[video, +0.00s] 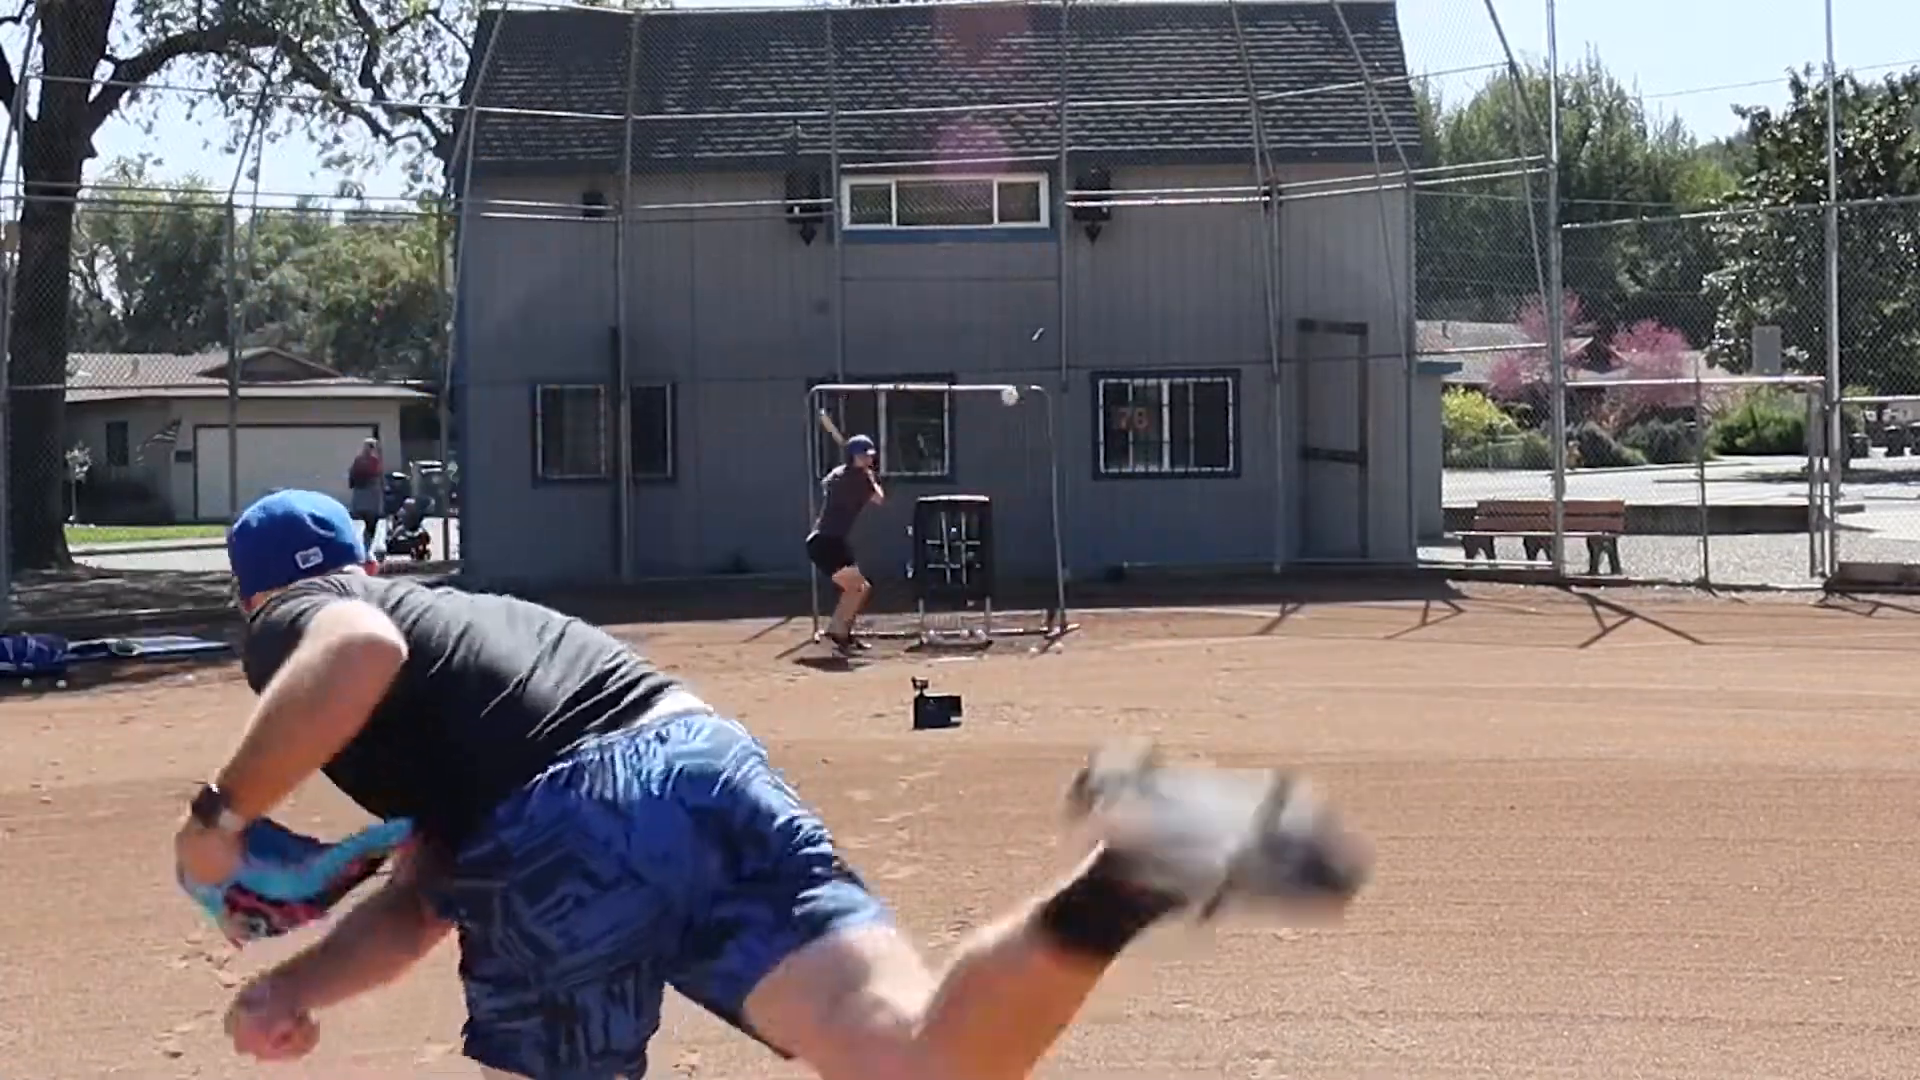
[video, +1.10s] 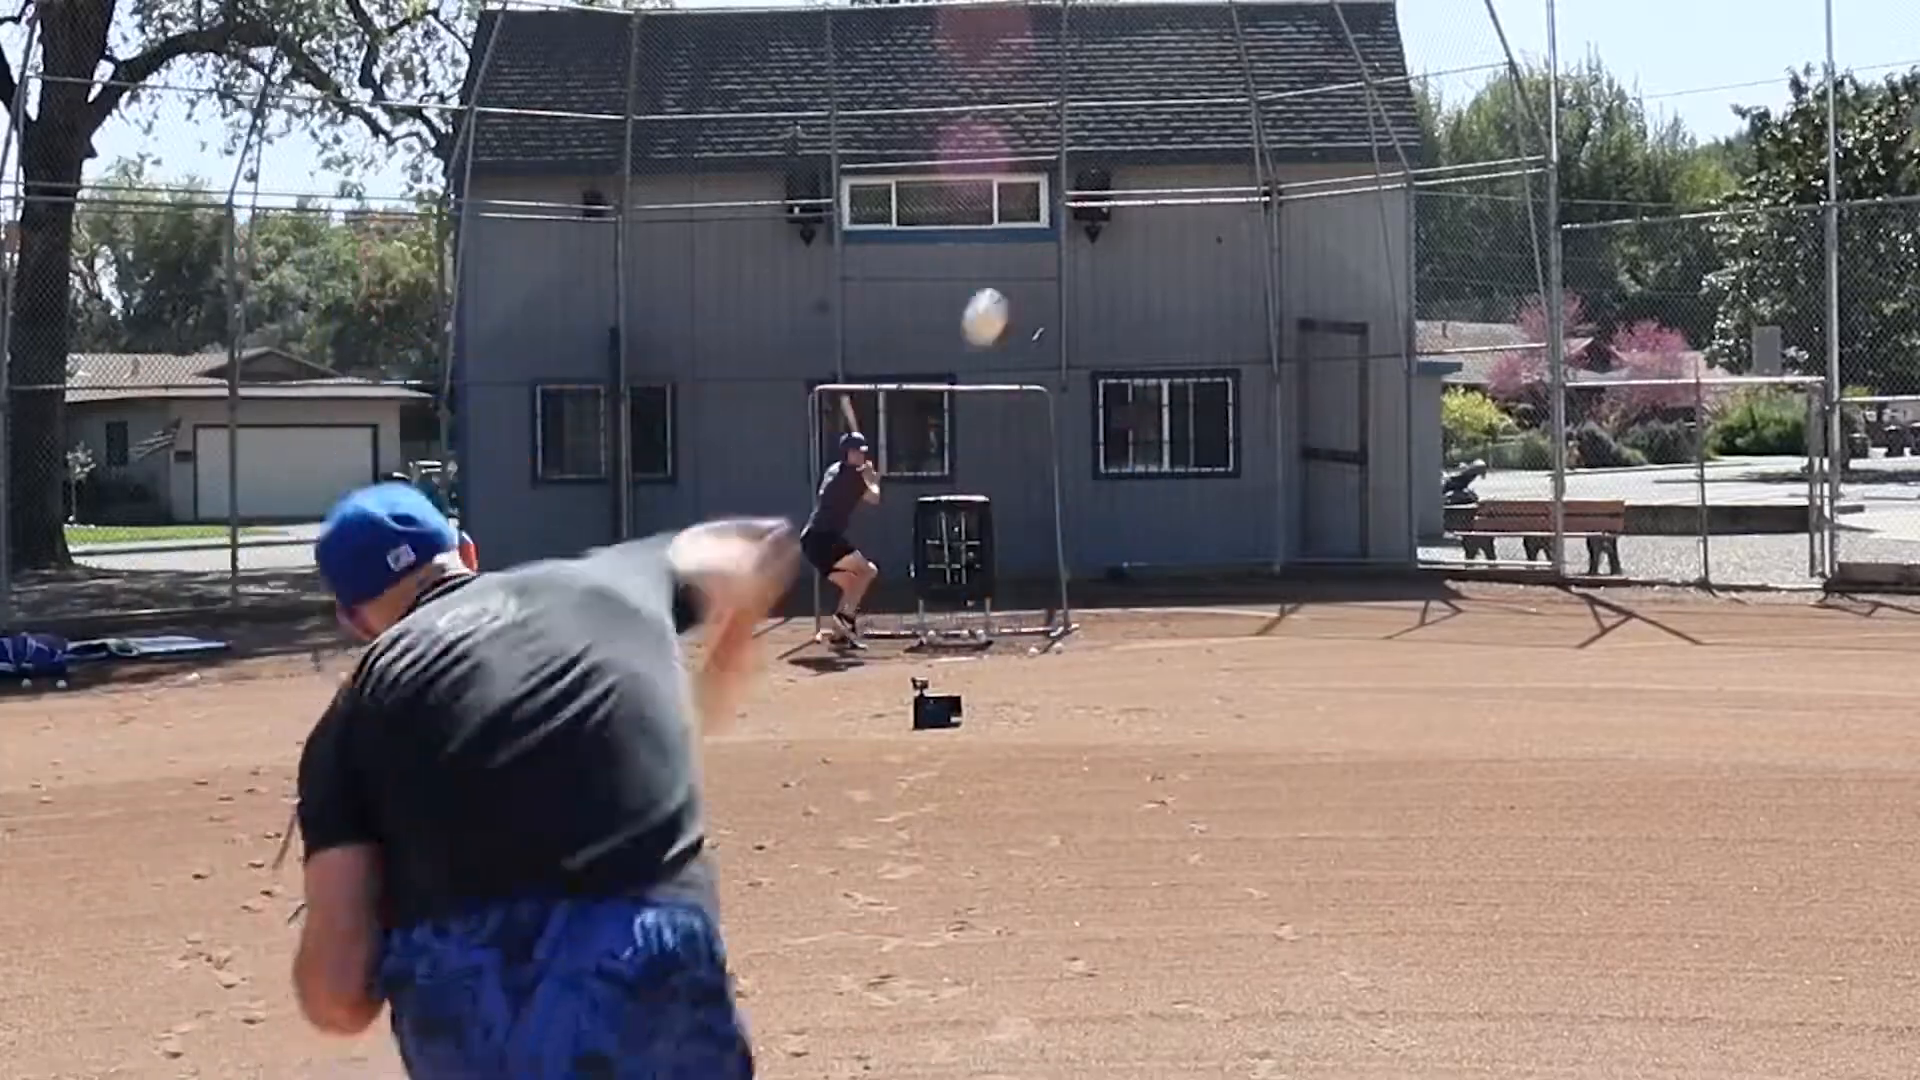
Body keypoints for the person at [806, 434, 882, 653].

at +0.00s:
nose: (870, 460)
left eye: (870, 456)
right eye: (867, 456)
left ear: (852, 458)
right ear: (857, 457)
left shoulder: (837, 473)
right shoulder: (859, 478)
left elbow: (824, 482)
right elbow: (879, 499)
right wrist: (871, 477)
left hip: (820, 538)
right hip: (830, 541)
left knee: (862, 587)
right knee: (855, 586)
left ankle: (844, 629)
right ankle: (837, 630)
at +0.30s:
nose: (871, 464)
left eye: (872, 459)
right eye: (867, 459)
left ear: (857, 462)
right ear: (856, 461)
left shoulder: (838, 476)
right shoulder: (855, 484)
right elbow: (877, 517)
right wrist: (870, 493)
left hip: (828, 544)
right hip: (823, 546)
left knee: (855, 591)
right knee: (846, 595)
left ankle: (842, 634)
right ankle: (820, 643)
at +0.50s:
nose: (868, 454)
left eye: (868, 449)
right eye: (864, 450)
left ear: (852, 451)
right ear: (852, 450)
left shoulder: (840, 471)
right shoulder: (847, 475)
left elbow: (852, 504)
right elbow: (856, 518)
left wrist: (867, 516)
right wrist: (875, 527)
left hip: (836, 539)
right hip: (830, 541)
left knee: (855, 590)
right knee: (844, 593)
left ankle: (844, 635)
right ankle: (821, 643)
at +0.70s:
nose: (868, 452)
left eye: (867, 447)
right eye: (864, 448)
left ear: (852, 450)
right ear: (852, 449)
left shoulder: (847, 472)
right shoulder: (843, 473)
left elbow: (848, 507)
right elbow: (841, 510)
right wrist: (856, 536)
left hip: (840, 538)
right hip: (830, 538)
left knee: (855, 590)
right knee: (842, 592)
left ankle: (843, 634)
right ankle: (821, 642)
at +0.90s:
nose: (862, 450)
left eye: (863, 446)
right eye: (857, 446)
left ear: (858, 448)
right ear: (846, 449)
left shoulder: (837, 466)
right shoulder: (850, 472)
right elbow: (876, 492)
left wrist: (868, 470)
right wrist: (879, 475)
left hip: (815, 537)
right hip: (829, 536)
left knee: (854, 580)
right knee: (874, 561)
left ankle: (841, 633)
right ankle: (854, 602)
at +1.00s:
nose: (859, 453)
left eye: (862, 448)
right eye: (855, 448)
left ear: (865, 450)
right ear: (846, 450)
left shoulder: (836, 467)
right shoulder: (850, 473)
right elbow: (875, 495)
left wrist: (872, 475)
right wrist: (876, 477)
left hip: (815, 534)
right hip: (827, 534)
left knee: (852, 581)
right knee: (872, 563)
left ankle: (840, 634)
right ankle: (853, 605)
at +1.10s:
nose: (861, 456)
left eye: (862, 452)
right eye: (856, 452)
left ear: (862, 453)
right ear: (845, 453)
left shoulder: (833, 470)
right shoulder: (853, 476)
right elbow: (874, 497)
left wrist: (865, 475)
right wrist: (871, 479)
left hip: (810, 538)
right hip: (825, 538)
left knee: (850, 584)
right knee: (866, 571)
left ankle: (841, 634)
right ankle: (847, 614)